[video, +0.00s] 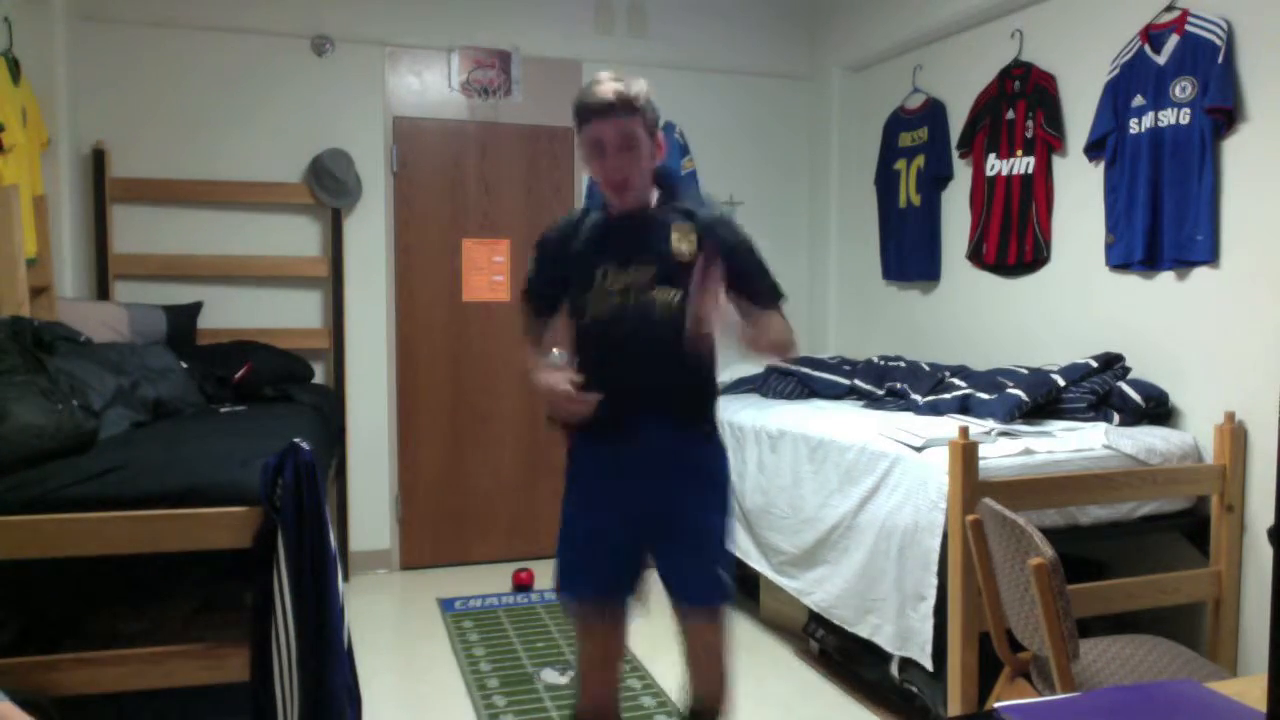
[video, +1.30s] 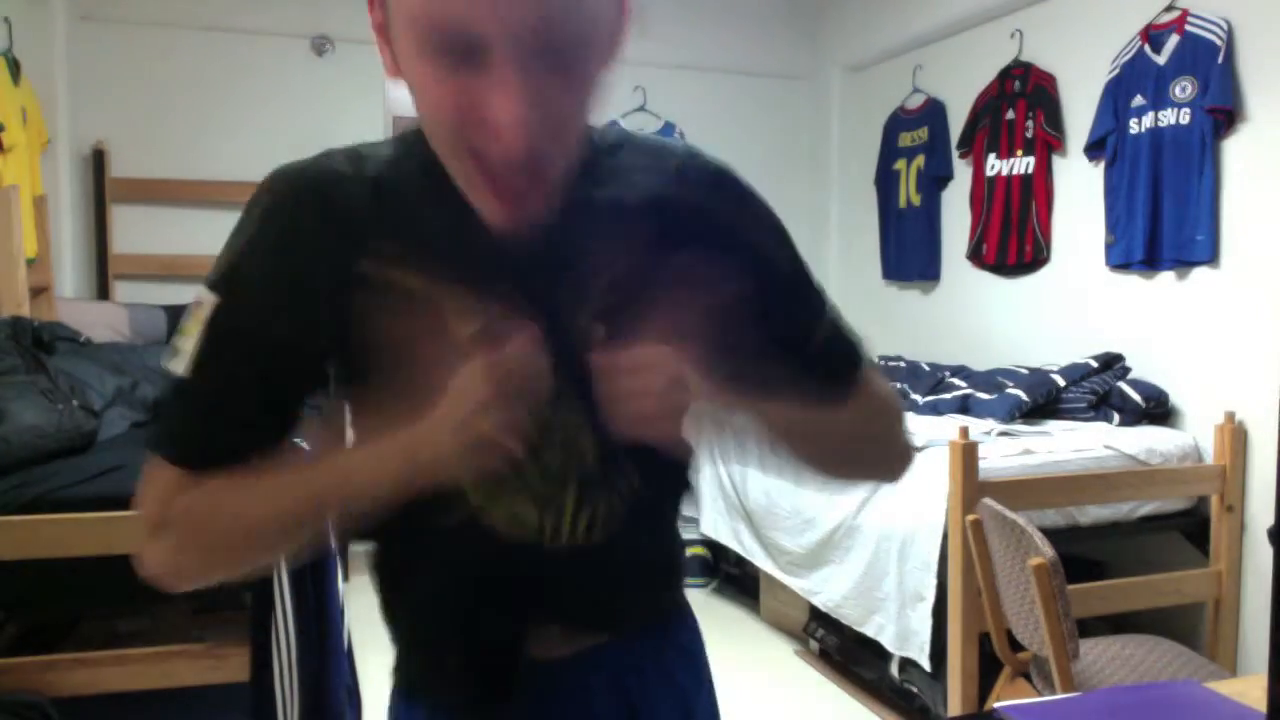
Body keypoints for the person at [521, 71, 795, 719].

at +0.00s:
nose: (614, 164)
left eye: (627, 146)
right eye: (599, 150)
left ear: (656, 146)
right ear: (583, 156)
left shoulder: (708, 235)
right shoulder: (565, 244)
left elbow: (780, 343)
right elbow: (539, 342)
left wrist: (734, 306)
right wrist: (547, 377)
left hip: (687, 460)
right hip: (599, 459)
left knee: (703, 629)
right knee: (595, 631)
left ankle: (706, 714)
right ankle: (596, 714)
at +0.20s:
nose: (621, 215)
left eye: (638, 193)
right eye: (604, 197)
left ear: (676, 194)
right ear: (587, 205)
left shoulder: (726, 289)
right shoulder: (566, 301)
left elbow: (792, 402)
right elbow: (520, 426)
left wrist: (759, 373)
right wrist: (556, 376)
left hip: (710, 563)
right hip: (606, 566)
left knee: (740, 711)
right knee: (590, 710)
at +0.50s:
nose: (664, 144)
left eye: (692, 115)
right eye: (646, 118)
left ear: (749, 124)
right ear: (631, 125)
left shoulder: (811, 248)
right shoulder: (607, 241)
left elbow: (914, 434)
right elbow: (520, 405)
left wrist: (841, 327)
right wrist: (597, 310)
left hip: (758, 602)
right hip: (625, 591)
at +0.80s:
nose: (618, 106)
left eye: (654, 73)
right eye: (598, 72)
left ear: (717, 85)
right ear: (580, 79)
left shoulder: (778, 231)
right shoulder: (539, 225)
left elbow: (901, 449)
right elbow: (455, 414)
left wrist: (795, 303)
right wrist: (530, 302)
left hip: (734, 614)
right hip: (584, 606)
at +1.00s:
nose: (539, 54)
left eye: (576, 16)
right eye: (513, 18)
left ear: (639, 32)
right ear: (484, 41)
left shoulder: (715, 207)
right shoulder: (440, 211)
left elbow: (881, 445)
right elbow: (300, 451)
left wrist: (748, 290)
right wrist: (469, 318)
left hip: (676, 654)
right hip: (502, 657)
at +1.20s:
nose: (490, 52)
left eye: (529, 3)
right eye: (452, 4)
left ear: (595, 17)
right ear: (405, 20)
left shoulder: (684, 188)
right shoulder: (350, 198)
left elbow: (885, 431)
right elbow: (194, 505)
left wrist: (731, 309)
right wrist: (398, 379)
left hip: (651, 665)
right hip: (464, 673)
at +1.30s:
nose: (512, 118)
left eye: (556, 55)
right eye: (463, 54)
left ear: (615, 39)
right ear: (388, 42)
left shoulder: (690, 207)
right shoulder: (316, 220)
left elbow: (883, 448)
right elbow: (170, 541)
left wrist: (716, 389)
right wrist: (421, 448)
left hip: (646, 673)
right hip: (450, 686)